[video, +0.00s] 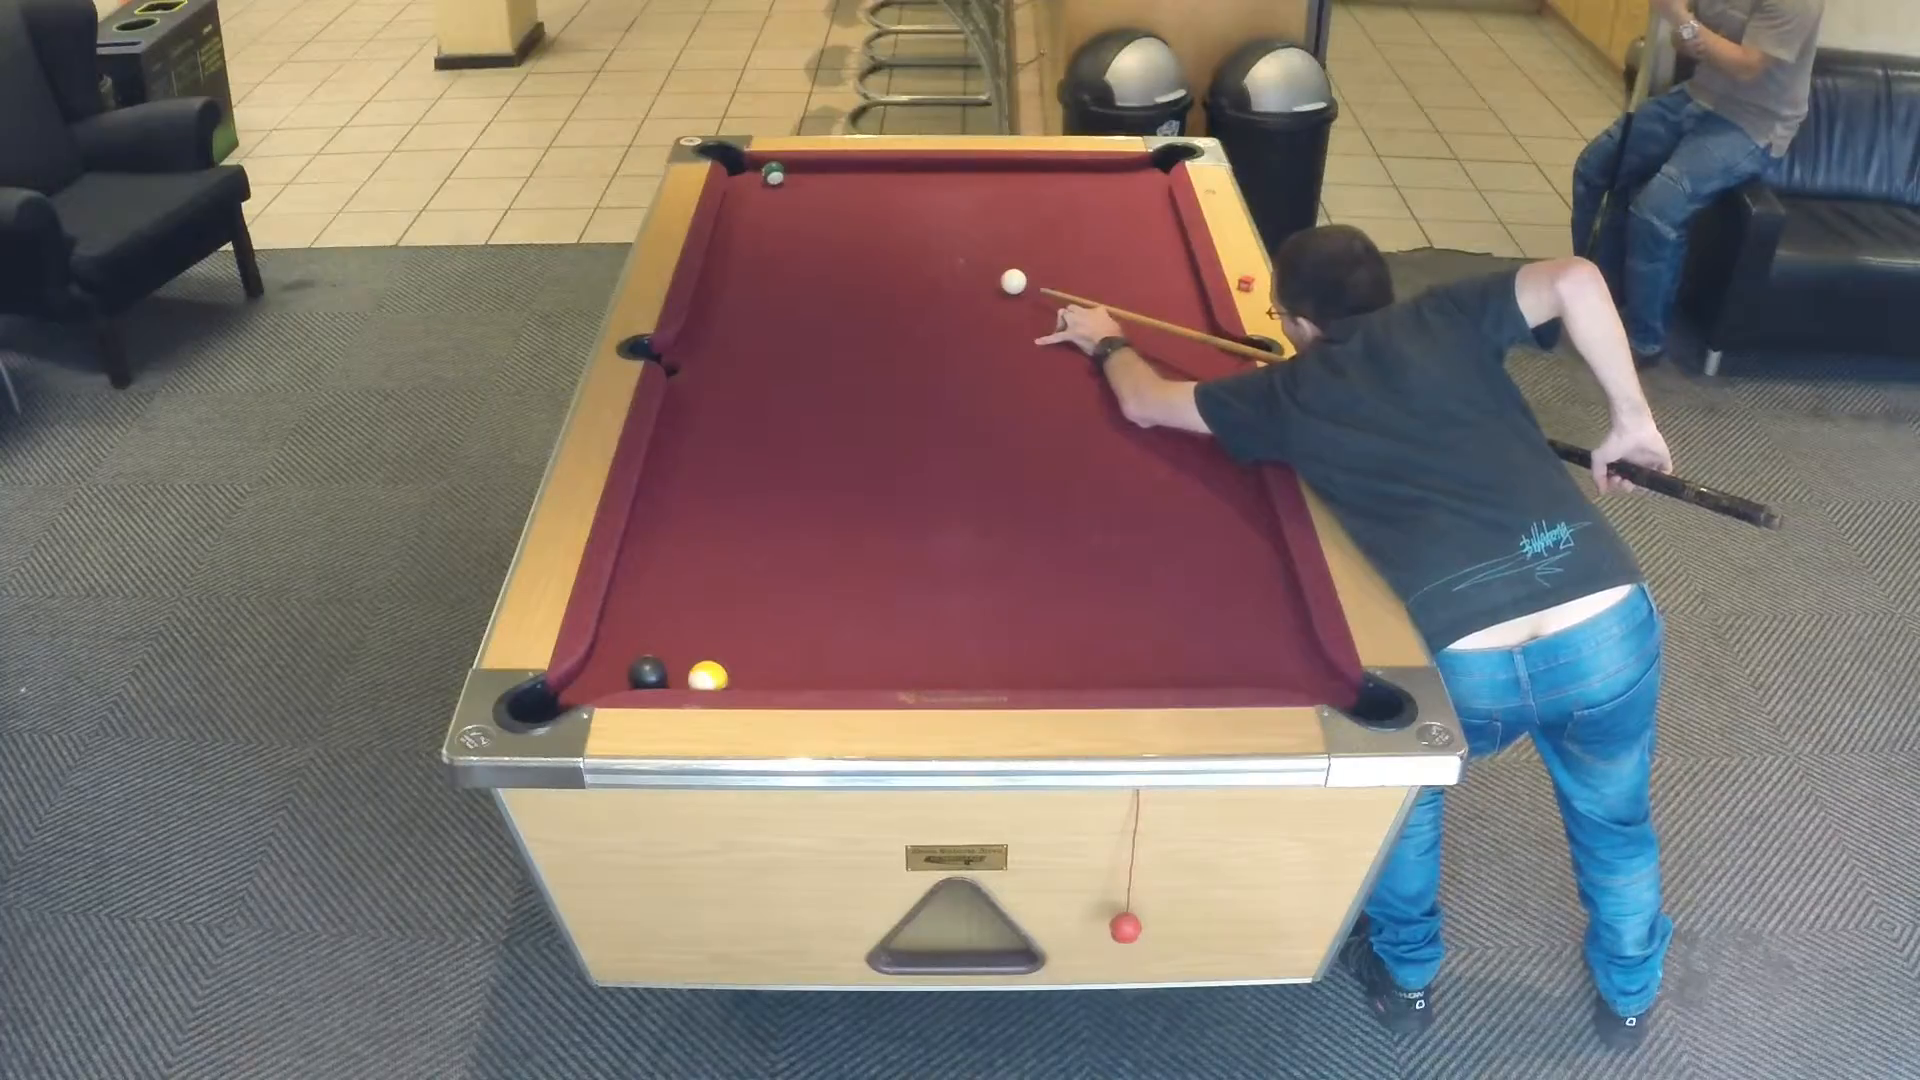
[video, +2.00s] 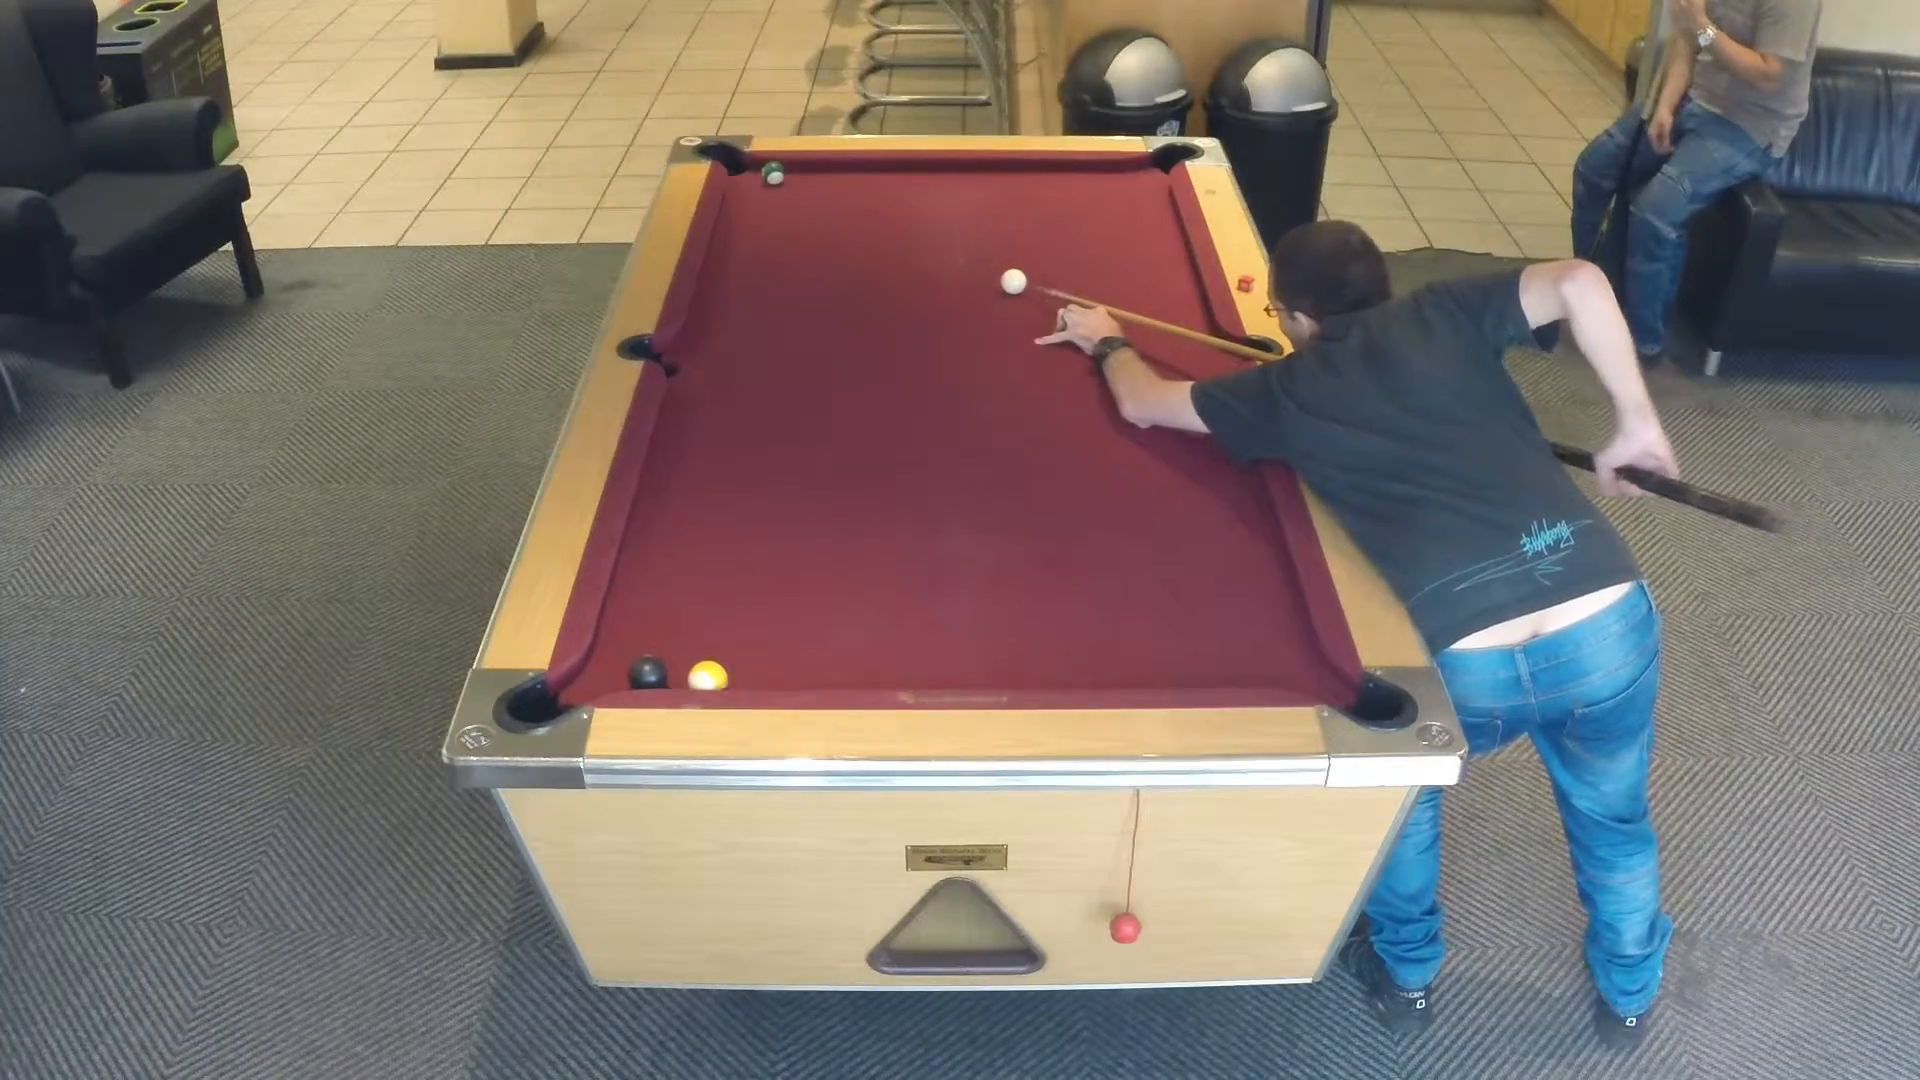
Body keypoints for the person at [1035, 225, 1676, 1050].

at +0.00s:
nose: (1281, 324)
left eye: (1283, 311)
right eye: (1281, 311)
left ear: (1300, 323)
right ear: (1386, 295)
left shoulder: (1289, 392)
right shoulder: (1451, 317)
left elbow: (1147, 401)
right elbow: (1574, 278)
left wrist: (1106, 340)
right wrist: (1635, 415)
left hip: (1468, 660)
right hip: (1607, 624)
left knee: (1401, 775)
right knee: (1617, 822)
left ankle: (1406, 971)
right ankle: (1631, 992)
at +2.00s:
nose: (1278, 318)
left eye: (1280, 306)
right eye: (1278, 306)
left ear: (1299, 318)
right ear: (1383, 290)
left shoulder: (1287, 389)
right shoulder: (1448, 313)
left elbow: (1145, 399)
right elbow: (1578, 280)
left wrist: (1106, 341)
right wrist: (1639, 416)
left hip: (1466, 659)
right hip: (1607, 622)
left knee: (1396, 771)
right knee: (1616, 820)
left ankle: (1408, 966)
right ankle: (1631, 991)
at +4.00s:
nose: (1280, 314)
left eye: (1282, 303)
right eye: (1279, 302)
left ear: (1299, 316)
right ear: (1385, 289)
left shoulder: (1286, 390)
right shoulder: (1451, 315)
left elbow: (1141, 400)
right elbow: (1589, 298)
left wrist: (1105, 343)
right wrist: (1607, 430)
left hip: (1470, 661)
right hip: (1607, 623)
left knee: (1396, 764)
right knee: (1615, 818)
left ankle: (1408, 966)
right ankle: (1631, 990)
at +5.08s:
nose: (1449, 155)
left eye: (1462, 141)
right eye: (1455, 137)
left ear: (1511, 163)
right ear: (1590, 156)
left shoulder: (1472, 313)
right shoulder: (1683, 267)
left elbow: (1441, 525)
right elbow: (1750, 447)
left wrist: (1537, 471)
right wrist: (1643, 459)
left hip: (1564, 689)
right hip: (1696, 676)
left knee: (1454, 840)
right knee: (1613, 890)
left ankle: (1400, 973)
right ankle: (1613, 1064)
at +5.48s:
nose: (1556, 222)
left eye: (1581, 213)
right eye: (1566, 200)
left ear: (1664, 247)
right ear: (1686, 249)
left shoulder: (1648, 422)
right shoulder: (1769, 321)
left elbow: (1677, 694)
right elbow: (1792, 511)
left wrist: (1560, 704)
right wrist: (1620, 561)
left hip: (1640, 793)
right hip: (1738, 750)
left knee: (1486, 993)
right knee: (1628, 960)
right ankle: (1614, 1067)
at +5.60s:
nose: (1544, 256)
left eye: (1571, 248)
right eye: (1556, 231)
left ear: (1660, 289)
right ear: (1674, 286)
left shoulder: (1677, 467)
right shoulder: (1752, 342)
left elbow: (1717, 760)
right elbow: (1788, 510)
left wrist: (1563, 840)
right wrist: (1613, 581)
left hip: (1652, 808)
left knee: (1521, 1044)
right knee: (1621, 1002)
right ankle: (1617, 1065)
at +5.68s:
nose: (1527, 294)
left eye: (1555, 288)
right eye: (1540, 271)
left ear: (1642, 324)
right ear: (1652, 319)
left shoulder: (1687, 527)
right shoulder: (1731, 371)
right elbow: (1783, 503)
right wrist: (1606, 611)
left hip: (1636, 848)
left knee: (1552, 1048)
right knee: (1602, 1009)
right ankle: (1609, 1059)